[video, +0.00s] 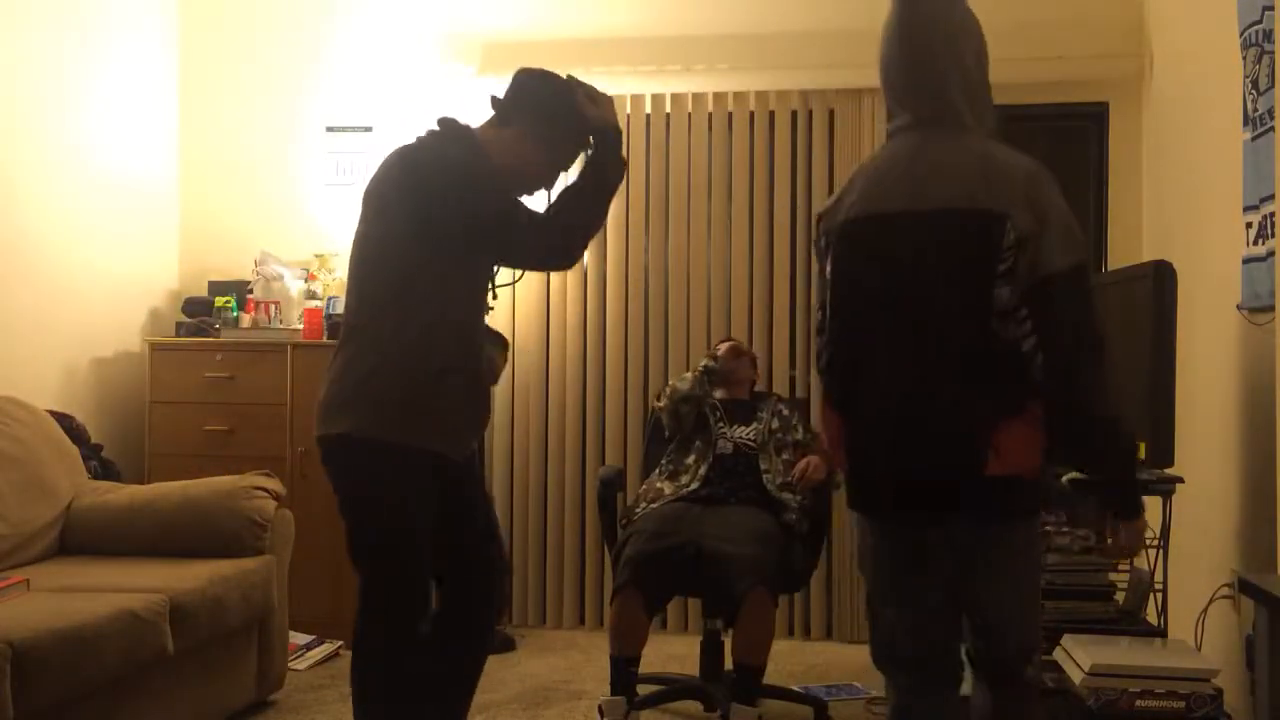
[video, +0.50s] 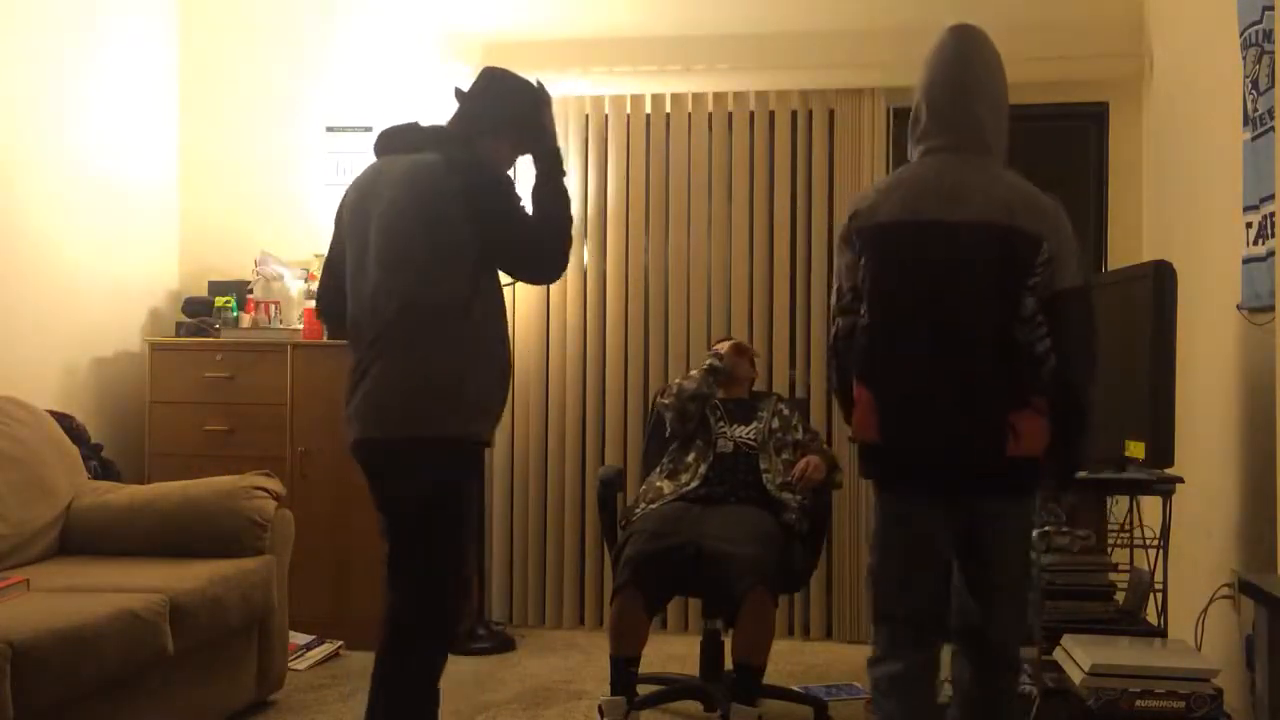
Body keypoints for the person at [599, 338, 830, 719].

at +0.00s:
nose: (731, 354)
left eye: (739, 352)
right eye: (723, 351)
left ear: (754, 371)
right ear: (710, 370)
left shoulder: (780, 410)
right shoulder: (691, 403)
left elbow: (812, 451)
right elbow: (672, 403)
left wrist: (818, 460)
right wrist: (710, 365)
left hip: (750, 505)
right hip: (681, 501)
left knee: (756, 577)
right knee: (637, 565)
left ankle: (744, 703)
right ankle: (621, 695)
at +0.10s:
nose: (730, 349)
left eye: (739, 349)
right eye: (721, 349)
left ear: (755, 373)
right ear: (708, 368)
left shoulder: (779, 409)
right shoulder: (686, 399)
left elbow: (825, 458)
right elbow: (672, 416)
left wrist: (821, 461)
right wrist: (710, 367)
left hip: (751, 506)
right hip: (680, 501)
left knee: (756, 577)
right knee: (637, 566)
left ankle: (744, 704)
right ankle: (621, 695)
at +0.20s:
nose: (731, 351)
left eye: (739, 351)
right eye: (722, 350)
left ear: (755, 373)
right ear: (708, 368)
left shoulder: (779, 409)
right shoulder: (687, 398)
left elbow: (821, 453)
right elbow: (672, 420)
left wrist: (821, 461)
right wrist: (711, 370)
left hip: (751, 505)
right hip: (680, 501)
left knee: (756, 577)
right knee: (637, 565)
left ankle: (744, 704)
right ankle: (621, 695)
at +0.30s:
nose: (730, 350)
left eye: (739, 349)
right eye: (721, 349)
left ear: (755, 373)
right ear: (708, 368)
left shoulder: (779, 409)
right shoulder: (687, 400)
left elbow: (820, 453)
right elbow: (669, 418)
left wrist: (820, 461)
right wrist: (710, 371)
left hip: (751, 505)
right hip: (680, 501)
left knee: (756, 577)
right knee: (637, 565)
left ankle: (745, 704)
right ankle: (621, 695)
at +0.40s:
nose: (728, 350)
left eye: (738, 350)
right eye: (719, 348)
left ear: (754, 372)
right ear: (707, 367)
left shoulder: (779, 409)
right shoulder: (686, 400)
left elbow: (819, 451)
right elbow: (671, 413)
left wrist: (819, 460)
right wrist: (710, 366)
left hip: (750, 506)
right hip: (679, 501)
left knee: (756, 578)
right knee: (637, 565)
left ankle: (745, 704)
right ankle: (621, 694)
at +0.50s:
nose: (732, 355)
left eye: (742, 354)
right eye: (723, 350)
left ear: (754, 371)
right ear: (707, 364)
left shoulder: (778, 409)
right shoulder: (684, 398)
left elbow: (821, 453)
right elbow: (676, 406)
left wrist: (820, 460)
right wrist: (716, 361)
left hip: (750, 505)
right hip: (679, 501)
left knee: (756, 576)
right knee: (638, 565)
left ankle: (745, 703)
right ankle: (621, 695)